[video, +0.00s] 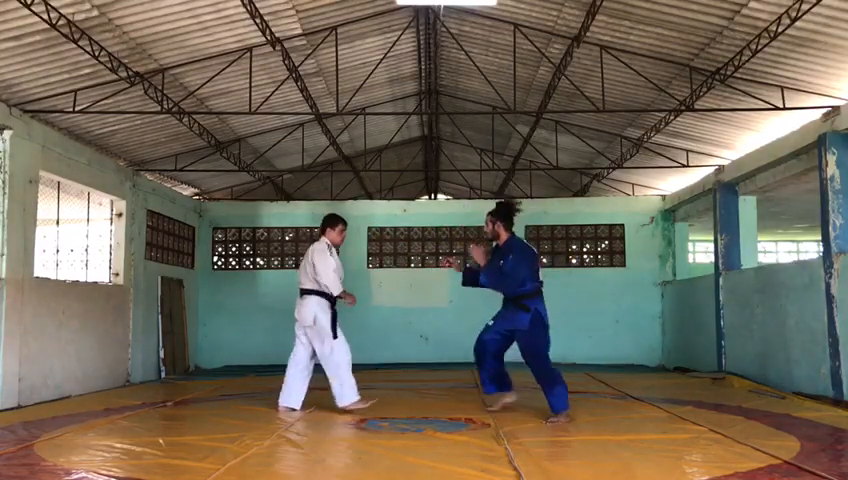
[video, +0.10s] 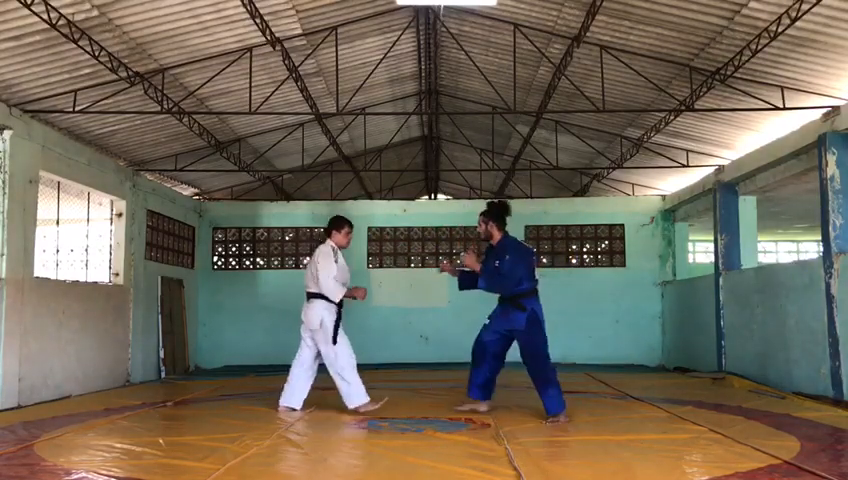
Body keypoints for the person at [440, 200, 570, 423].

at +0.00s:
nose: (485, 229)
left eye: (487, 224)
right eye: (486, 225)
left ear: (497, 225)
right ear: (500, 225)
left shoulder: (522, 250)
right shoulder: (499, 251)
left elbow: (507, 283)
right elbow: (489, 278)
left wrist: (484, 264)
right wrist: (460, 269)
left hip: (530, 310)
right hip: (510, 309)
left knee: (537, 359)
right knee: (485, 346)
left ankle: (561, 410)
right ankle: (505, 392)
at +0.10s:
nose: (478, 229)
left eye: (480, 225)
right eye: (478, 225)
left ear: (491, 225)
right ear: (493, 225)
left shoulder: (517, 249)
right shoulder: (492, 251)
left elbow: (505, 284)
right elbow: (485, 279)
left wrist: (477, 267)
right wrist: (456, 273)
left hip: (527, 309)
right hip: (506, 308)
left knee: (536, 359)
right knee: (484, 348)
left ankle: (558, 411)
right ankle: (480, 400)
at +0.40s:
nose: (447, 236)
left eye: (449, 231)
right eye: (447, 231)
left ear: (459, 232)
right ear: (464, 231)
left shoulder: (486, 254)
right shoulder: (462, 256)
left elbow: (477, 288)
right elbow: (451, 277)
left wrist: (447, 276)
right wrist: (424, 277)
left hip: (504, 307)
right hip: (484, 307)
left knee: (508, 351)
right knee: (468, 351)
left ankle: (540, 398)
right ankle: (464, 405)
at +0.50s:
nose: (444, 233)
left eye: (445, 228)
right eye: (443, 228)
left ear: (453, 228)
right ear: (458, 227)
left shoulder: (481, 249)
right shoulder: (457, 251)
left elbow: (477, 283)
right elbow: (438, 266)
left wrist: (447, 276)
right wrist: (413, 268)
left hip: (501, 305)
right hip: (481, 305)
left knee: (504, 353)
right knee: (470, 352)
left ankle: (520, 406)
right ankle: (465, 405)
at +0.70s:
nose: (440, 230)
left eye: (441, 225)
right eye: (440, 226)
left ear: (448, 225)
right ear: (457, 224)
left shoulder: (477, 249)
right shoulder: (449, 247)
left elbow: (470, 283)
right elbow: (422, 244)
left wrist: (442, 277)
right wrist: (393, 245)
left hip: (493, 305)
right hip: (473, 305)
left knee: (492, 355)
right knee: (460, 349)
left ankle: (503, 411)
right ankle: (463, 404)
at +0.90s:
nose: (430, 222)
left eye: (431, 218)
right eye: (431, 218)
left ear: (438, 219)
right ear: (447, 218)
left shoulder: (466, 246)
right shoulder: (438, 240)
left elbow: (467, 281)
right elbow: (411, 234)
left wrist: (437, 283)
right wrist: (384, 230)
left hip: (476, 303)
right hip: (458, 303)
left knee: (474, 352)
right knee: (452, 352)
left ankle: (490, 403)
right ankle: (461, 403)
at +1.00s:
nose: (425, 220)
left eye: (426, 216)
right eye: (425, 217)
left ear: (432, 218)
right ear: (441, 217)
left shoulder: (461, 246)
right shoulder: (432, 237)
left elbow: (462, 283)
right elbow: (407, 230)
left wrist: (433, 285)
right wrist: (380, 223)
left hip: (467, 303)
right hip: (453, 302)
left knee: (456, 350)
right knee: (447, 350)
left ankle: (463, 405)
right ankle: (458, 403)